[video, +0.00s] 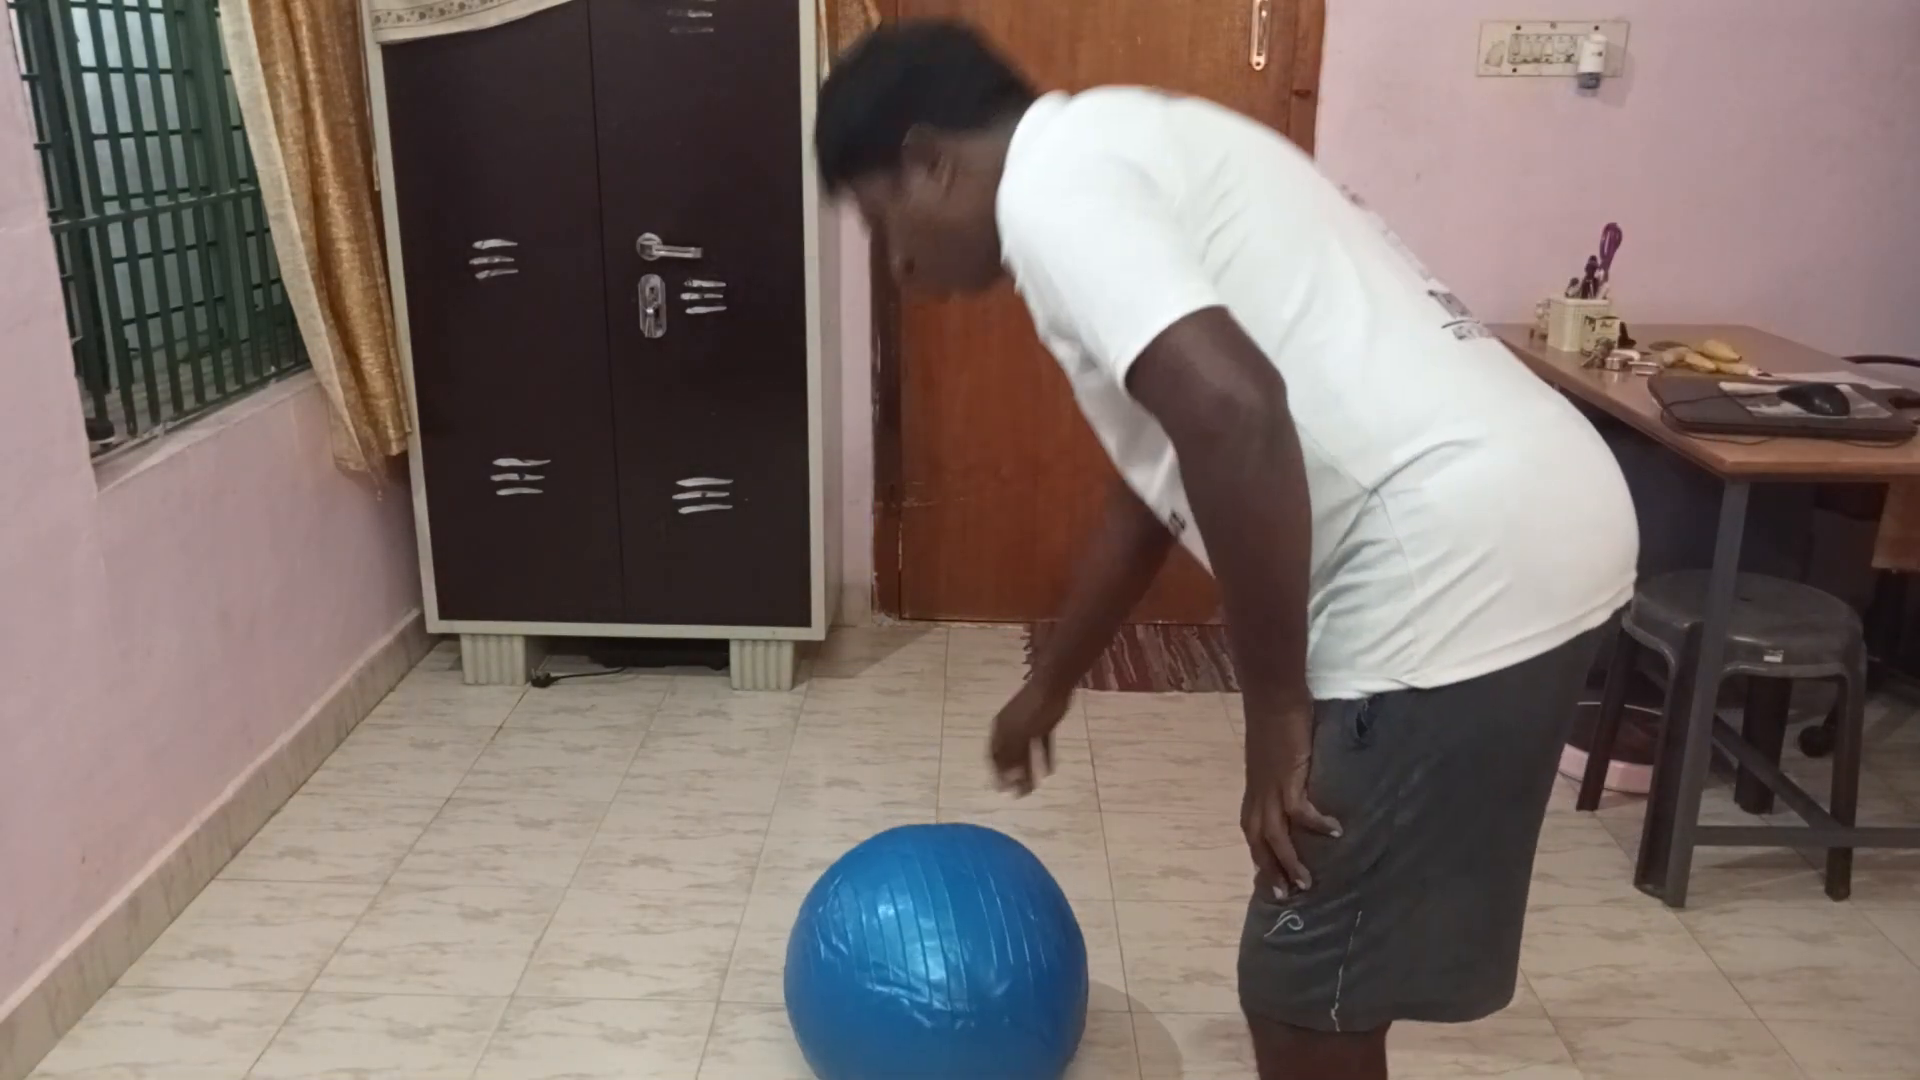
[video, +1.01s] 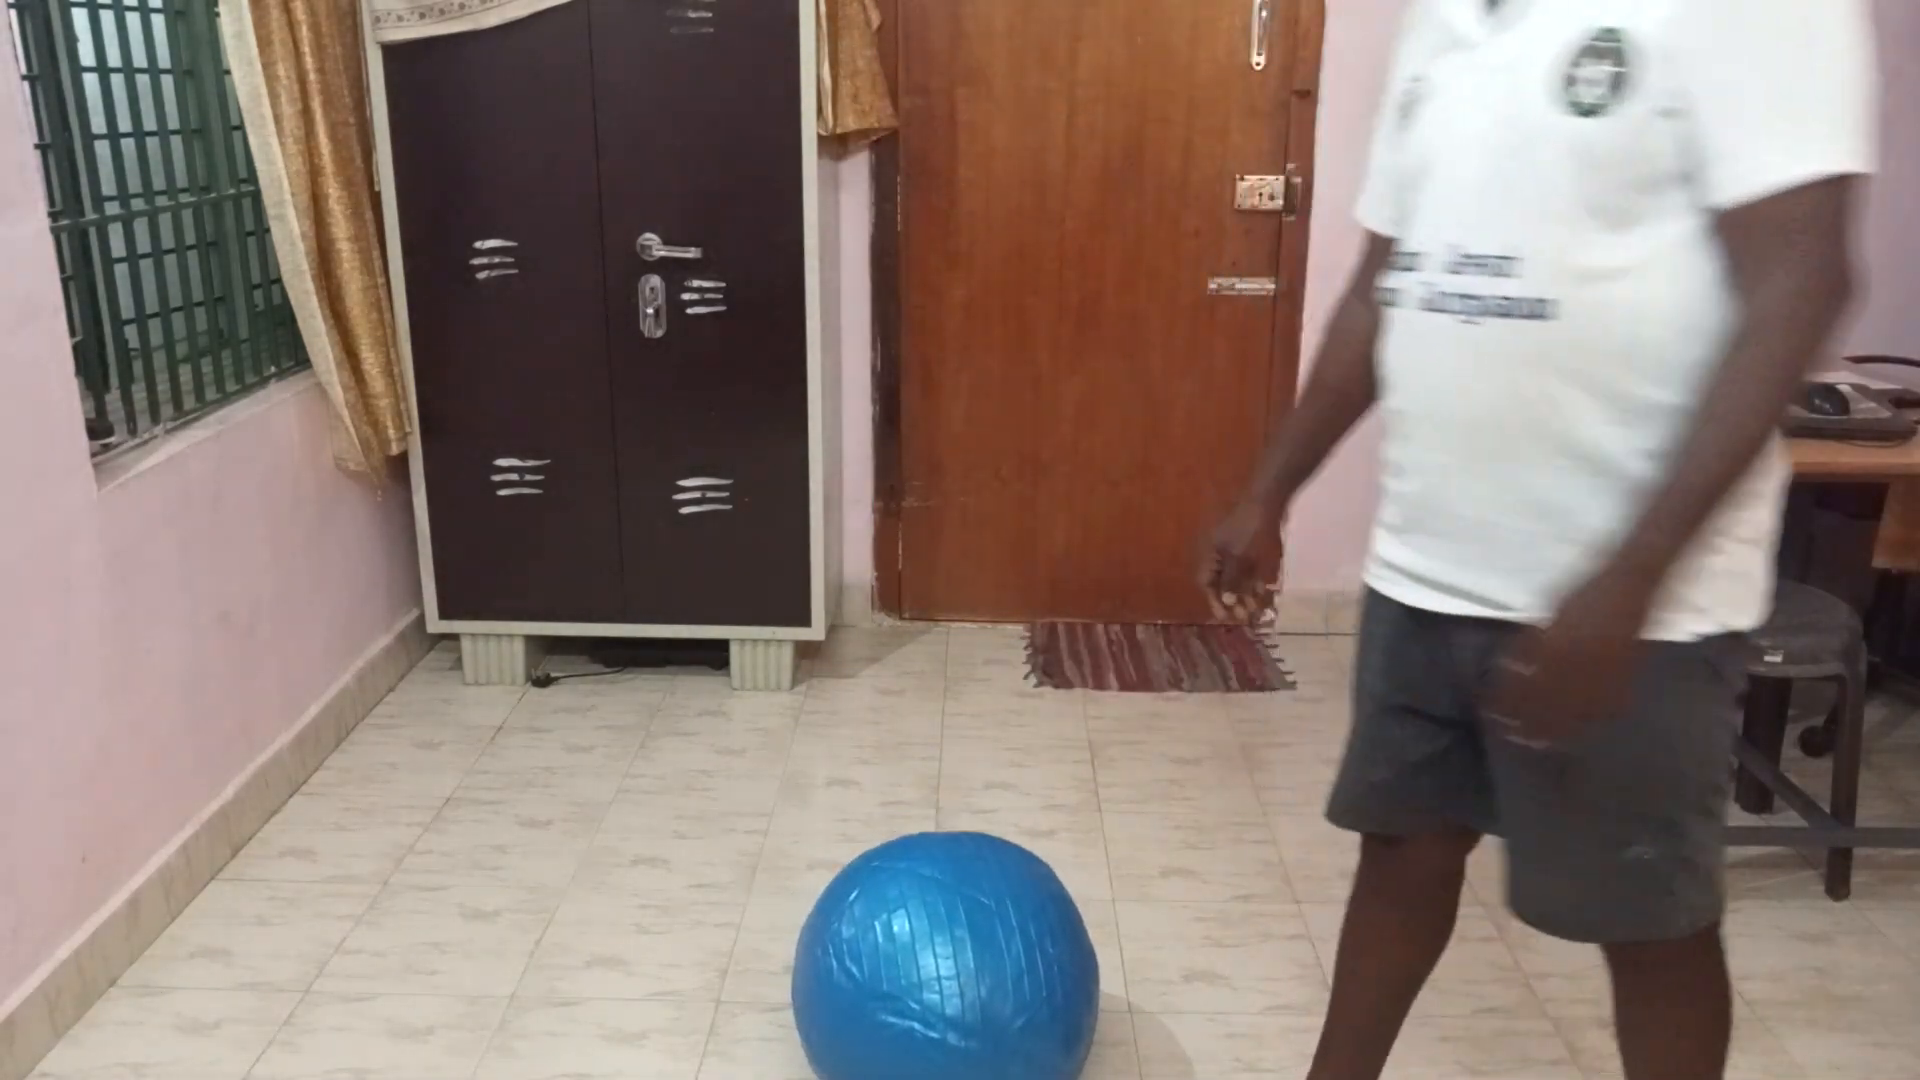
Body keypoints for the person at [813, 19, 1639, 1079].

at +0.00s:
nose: (891, 265)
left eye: (876, 222)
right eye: (871, 235)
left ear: (931, 160)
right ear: (936, 154)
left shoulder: (1057, 179)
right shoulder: (1121, 144)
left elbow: (1235, 415)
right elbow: (1160, 477)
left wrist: (1275, 719)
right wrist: (1048, 681)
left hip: (1454, 562)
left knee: (1304, 986)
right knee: (1323, 974)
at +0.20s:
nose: (949, 112)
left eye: (947, 66)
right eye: (931, 86)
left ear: (1023, 9)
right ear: (1037, 9)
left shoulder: (1133, 74)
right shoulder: (1199, 46)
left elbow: (1258, 359)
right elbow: (1233, 388)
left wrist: (1254, 669)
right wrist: (1157, 622)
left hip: (1422, 561)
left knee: (1305, 979)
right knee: (1327, 969)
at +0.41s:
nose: (1038, 13)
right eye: (1032, 5)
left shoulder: (1258, 26)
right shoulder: (1213, 36)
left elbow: (1366, 284)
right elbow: (1280, 312)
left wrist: (1268, 583)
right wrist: (1238, 558)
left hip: (1435, 536)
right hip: (1374, 526)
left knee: (1353, 931)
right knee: (1307, 835)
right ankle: (1341, 1059)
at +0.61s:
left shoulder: (1396, 12)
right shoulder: (1278, 23)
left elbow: (1468, 246)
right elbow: (1304, 282)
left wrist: (1310, 519)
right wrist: (1243, 509)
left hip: (1467, 536)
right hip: (1345, 528)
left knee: (1441, 907)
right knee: (1322, 828)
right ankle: (1324, 1070)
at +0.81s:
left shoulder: (1551, 14)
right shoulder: (1332, 16)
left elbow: (1604, 246)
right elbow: (1314, 261)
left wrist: (1399, 529)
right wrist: (1236, 481)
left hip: (1528, 553)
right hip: (1352, 534)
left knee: (1564, 904)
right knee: (1357, 834)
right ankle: (1331, 1070)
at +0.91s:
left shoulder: (1647, 14)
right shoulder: (1373, 15)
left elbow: (1697, 259)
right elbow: (1343, 262)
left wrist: (1496, 546)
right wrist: (1249, 467)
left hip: (1591, 575)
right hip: (1387, 547)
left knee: (1622, 919)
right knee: (1384, 838)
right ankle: (1334, 1070)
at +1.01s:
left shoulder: (1746, 17)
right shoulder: (1441, 20)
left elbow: (1801, 281)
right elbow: (1387, 284)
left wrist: (1625, 581)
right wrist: (1264, 490)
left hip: (1639, 608)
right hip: (1431, 571)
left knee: (1657, 933)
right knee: (1402, 855)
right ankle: (1337, 1070)